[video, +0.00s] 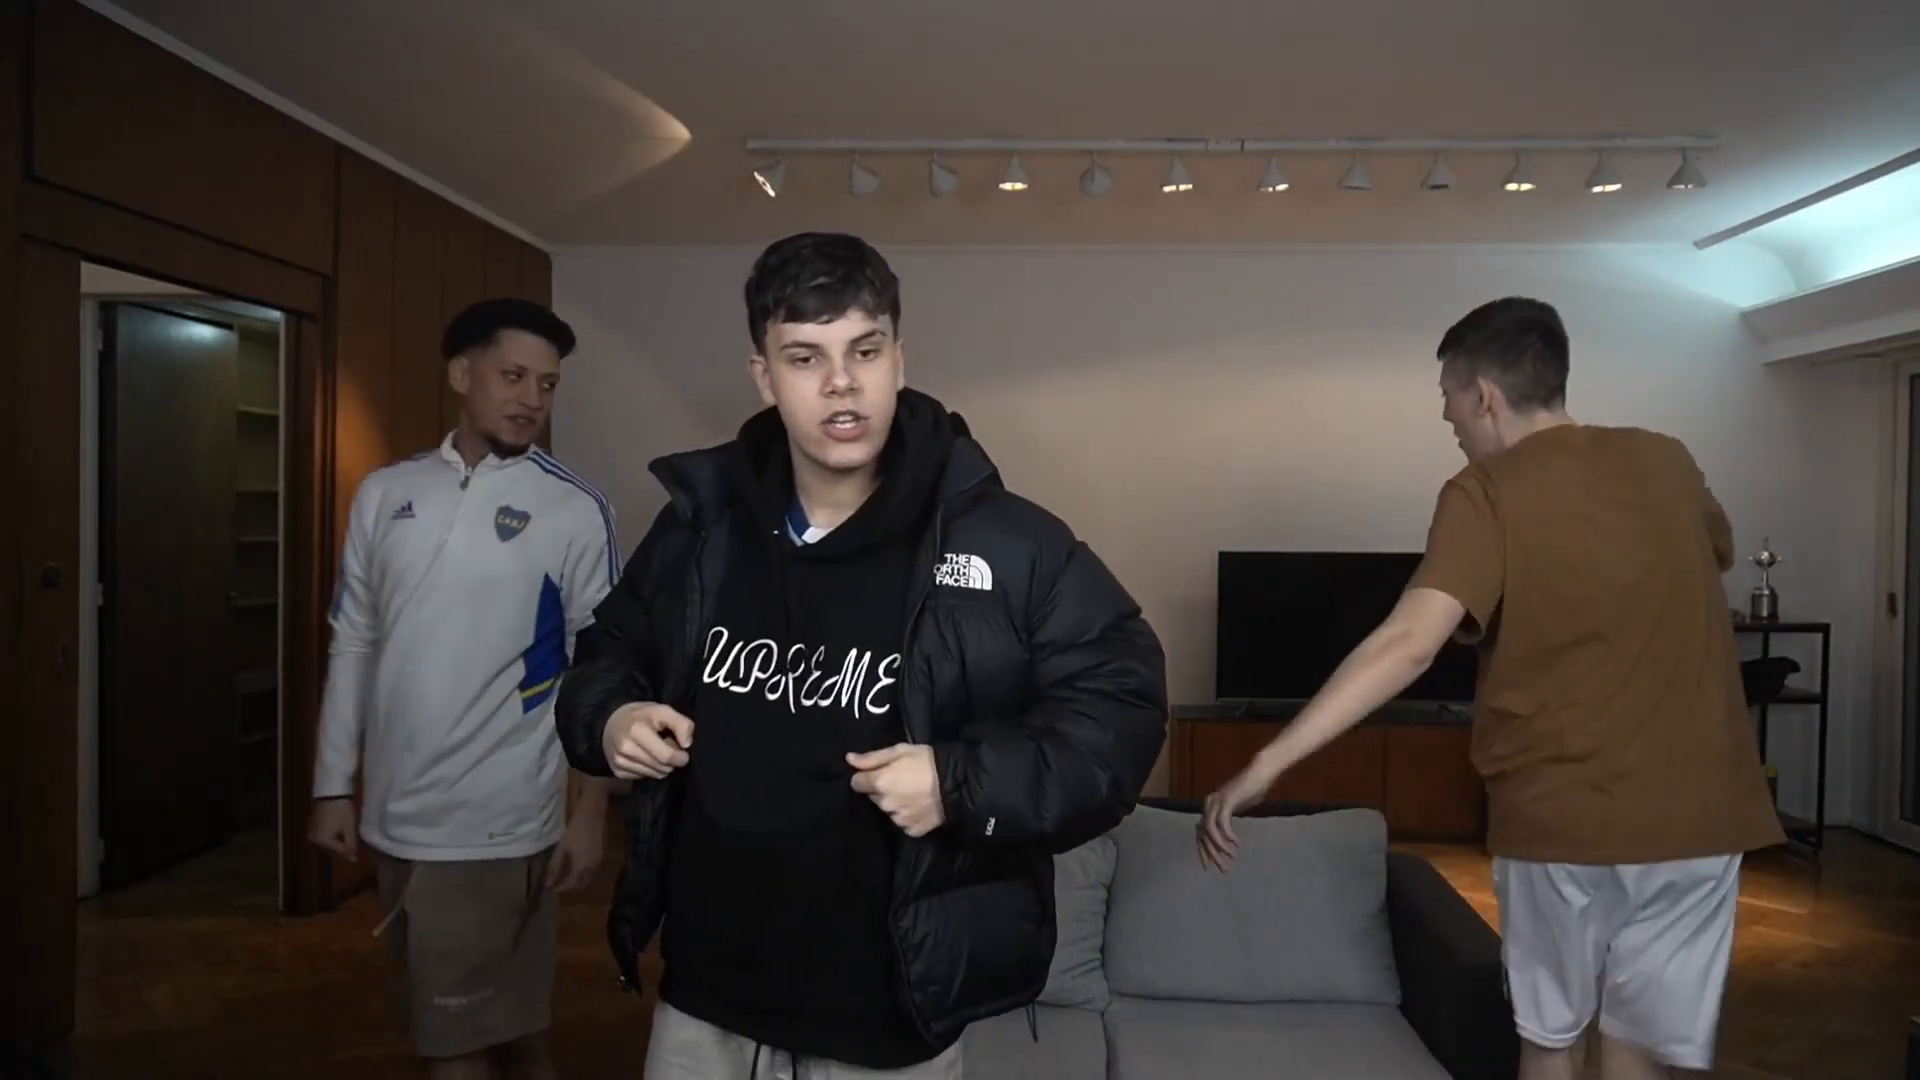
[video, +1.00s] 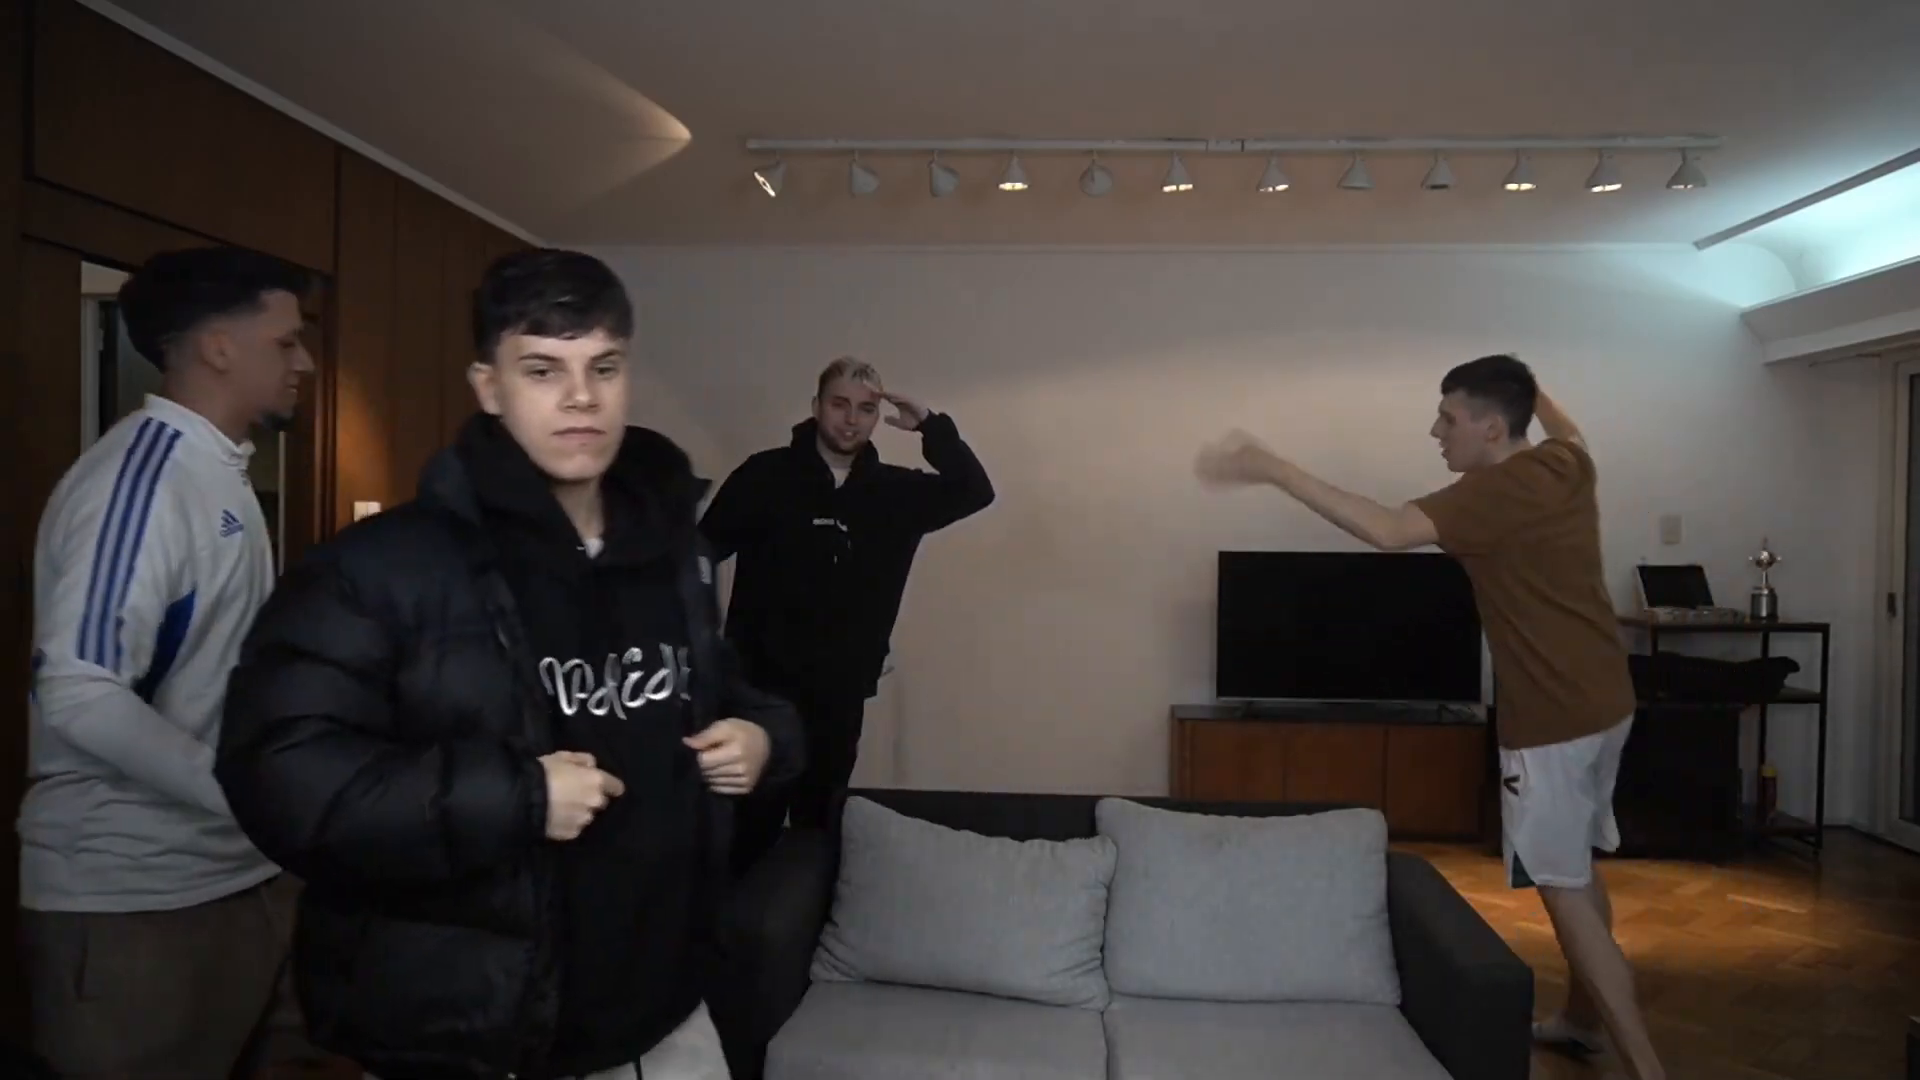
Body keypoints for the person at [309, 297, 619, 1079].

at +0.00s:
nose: (533, 398)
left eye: (546, 384)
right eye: (516, 376)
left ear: (553, 394)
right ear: (460, 373)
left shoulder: (574, 509)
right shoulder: (387, 495)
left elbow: (598, 663)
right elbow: (353, 642)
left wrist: (589, 809)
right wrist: (333, 787)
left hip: (506, 828)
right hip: (398, 819)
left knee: (457, 1046)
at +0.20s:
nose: (541, 406)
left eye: (547, 388)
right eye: (525, 382)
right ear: (459, 374)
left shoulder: (555, 521)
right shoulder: (341, 493)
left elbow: (559, 671)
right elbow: (286, 644)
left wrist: (546, 802)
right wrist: (256, 797)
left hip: (482, 861)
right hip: (340, 850)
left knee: (464, 1058)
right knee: (333, 1053)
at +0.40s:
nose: (522, 399)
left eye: (521, 379)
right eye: (508, 376)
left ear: (458, 374)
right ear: (447, 370)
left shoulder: (512, 513)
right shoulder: (308, 490)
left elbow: (525, 658)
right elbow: (227, 657)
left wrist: (545, 772)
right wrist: (217, 826)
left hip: (468, 853)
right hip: (317, 853)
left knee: (466, 1056)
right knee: (299, 1064)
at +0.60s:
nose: (460, 395)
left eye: (459, 374)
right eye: (451, 370)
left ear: (402, 371)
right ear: (398, 367)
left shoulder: (425, 506)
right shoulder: (271, 490)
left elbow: (446, 659)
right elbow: (196, 687)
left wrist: (530, 777)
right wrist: (242, 869)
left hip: (415, 872)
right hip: (288, 890)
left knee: (427, 1059)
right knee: (258, 1069)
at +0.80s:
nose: (374, 386)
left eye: (372, 364)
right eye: (365, 361)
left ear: (307, 359)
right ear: (309, 356)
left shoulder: (286, 482)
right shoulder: (208, 484)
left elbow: (272, 700)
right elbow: (167, 709)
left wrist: (333, 852)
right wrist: (278, 879)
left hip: (311, 888)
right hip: (194, 911)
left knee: (348, 1064)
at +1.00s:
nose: (305, 366)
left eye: (301, 344)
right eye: (286, 343)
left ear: (219, 350)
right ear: (217, 348)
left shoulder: (214, 470)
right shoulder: (142, 473)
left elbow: (209, 679)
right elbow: (79, 693)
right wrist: (257, 796)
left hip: (221, 889)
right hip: (135, 908)